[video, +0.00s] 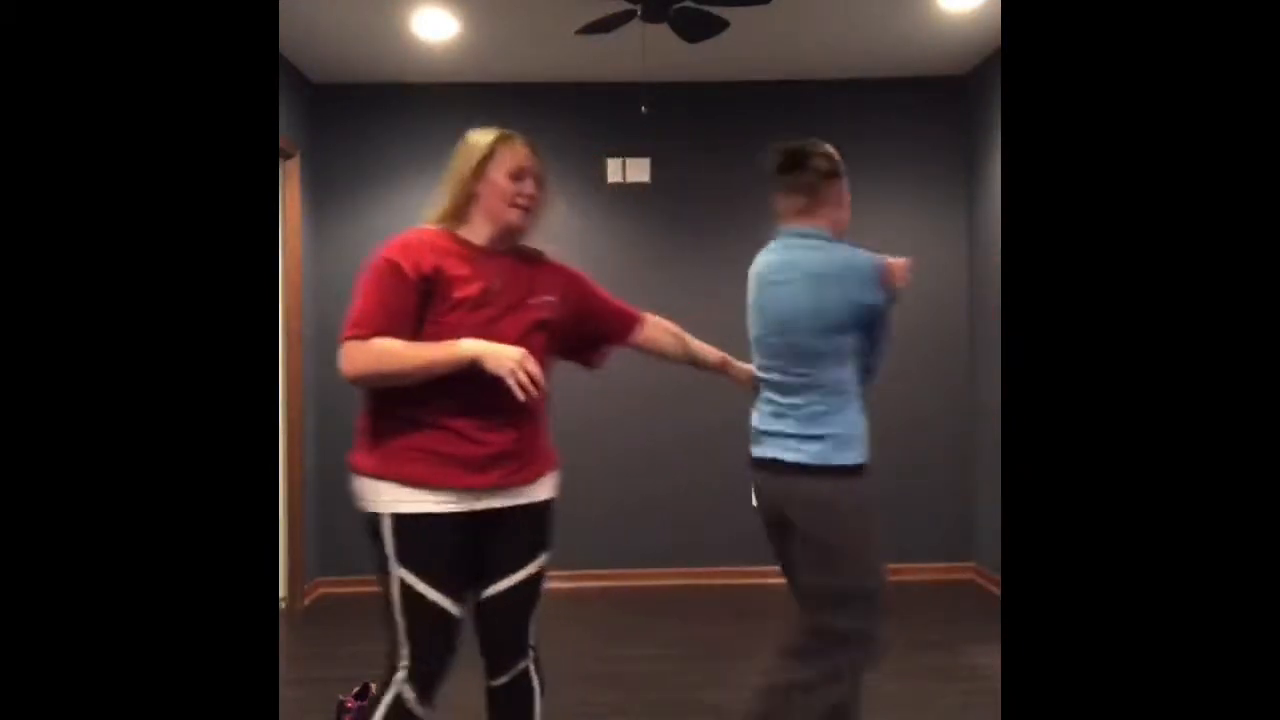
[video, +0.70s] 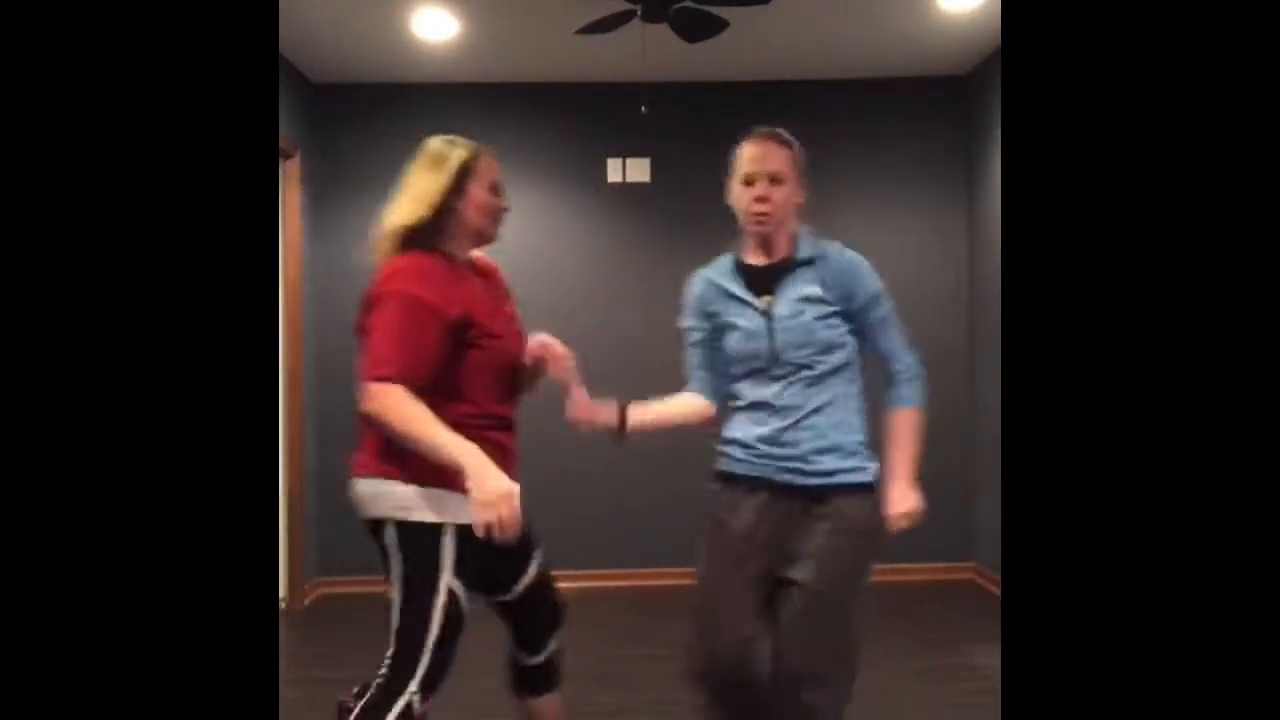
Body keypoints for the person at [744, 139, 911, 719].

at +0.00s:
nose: (849, 208)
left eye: (846, 196)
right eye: (846, 196)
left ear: (781, 201)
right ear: (833, 198)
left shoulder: (763, 265)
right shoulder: (861, 269)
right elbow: (868, 366)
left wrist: (877, 282)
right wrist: (887, 295)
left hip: (771, 475)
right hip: (831, 481)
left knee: (824, 624)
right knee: (849, 629)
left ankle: (830, 712)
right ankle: (774, 711)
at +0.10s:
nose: (799, 207)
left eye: (801, 198)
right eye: (801, 198)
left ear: (807, 203)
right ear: (868, 204)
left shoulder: (782, 263)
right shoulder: (899, 274)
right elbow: (854, 355)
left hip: (796, 480)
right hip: (876, 480)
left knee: (815, 634)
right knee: (900, 624)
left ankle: (837, 714)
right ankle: (855, 705)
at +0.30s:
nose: (816, 200)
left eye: (831, 189)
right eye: (816, 188)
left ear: (879, 193)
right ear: (869, 197)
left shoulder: (872, 248)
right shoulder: (887, 249)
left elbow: (778, 305)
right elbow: (794, 343)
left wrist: (799, 274)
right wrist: (713, 325)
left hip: (870, 469)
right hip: (916, 465)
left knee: (837, 629)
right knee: (897, 626)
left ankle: (833, 710)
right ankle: (915, 713)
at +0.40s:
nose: (819, 201)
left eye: (834, 189)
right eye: (817, 189)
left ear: (880, 195)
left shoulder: (905, 259)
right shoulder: (833, 272)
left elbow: (858, 335)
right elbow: (776, 349)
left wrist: (795, 308)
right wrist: (701, 322)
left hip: (897, 467)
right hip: (862, 464)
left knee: (824, 611)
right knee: (879, 614)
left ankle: (828, 711)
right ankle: (920, 714)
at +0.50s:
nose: (804, 200)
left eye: (820, 187)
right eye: (799, 188)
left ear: (861, 196)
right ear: (794, 194)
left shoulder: (889, 261)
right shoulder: (794, 281)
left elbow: (949, 347)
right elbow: (758, 366)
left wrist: (848, 379)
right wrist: (678, 340)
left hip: (880, 473)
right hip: (827, 472)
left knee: (816, 624)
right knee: (868, 624)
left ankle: (812, 716)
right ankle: (915, 715)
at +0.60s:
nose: (780, 200)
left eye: (797, 187)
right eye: (772, 188)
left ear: (833, 198)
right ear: (763, 199)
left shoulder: (865, 269)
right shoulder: (750, 288)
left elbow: (952, 356)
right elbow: (734, 390)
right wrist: (651, 365)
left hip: (856, 486)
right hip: (781, 485)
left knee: (809, 652)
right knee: (786, 642)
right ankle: (901, 709)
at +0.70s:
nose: (760, 193)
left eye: (774, 181)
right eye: (748, 181)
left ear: (800, 194)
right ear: (729, 194)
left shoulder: (843, 271)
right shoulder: (706, 288)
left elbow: (905, 373)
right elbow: (701, 400)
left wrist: (901, 480)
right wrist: (610, 415)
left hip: (838, 497)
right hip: (743, 493)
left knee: (809, 668)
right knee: (723, 660)